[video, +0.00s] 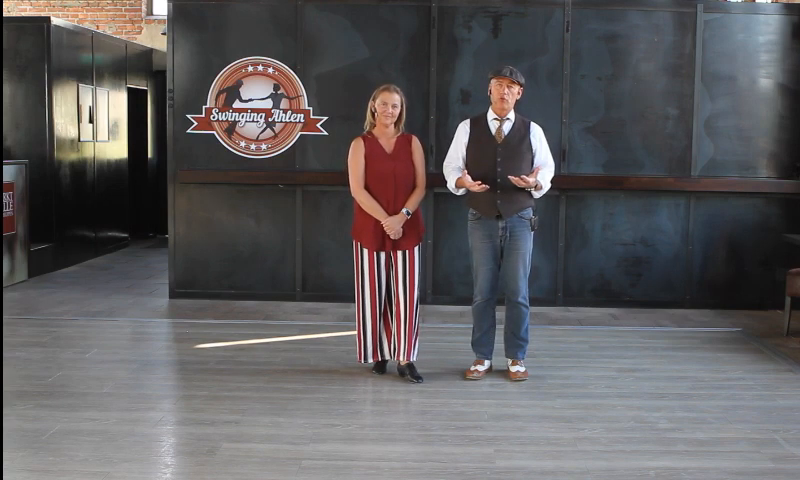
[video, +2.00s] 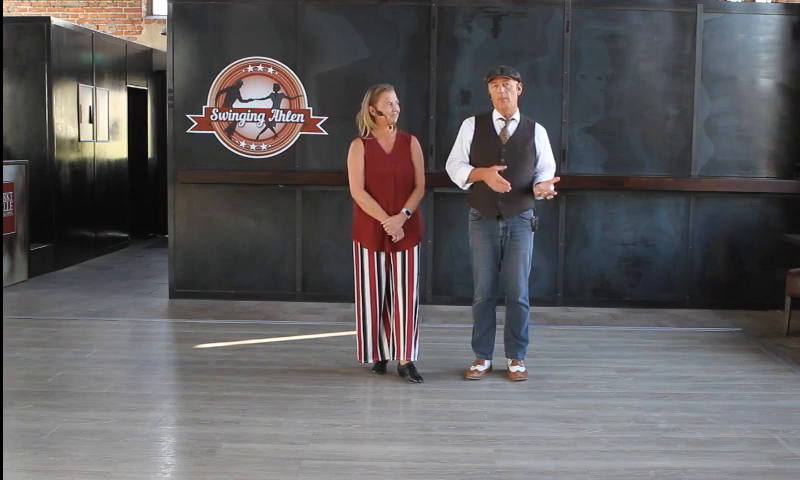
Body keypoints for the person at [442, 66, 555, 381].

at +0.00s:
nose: (506, 92)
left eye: (511, 88)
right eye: (501, 86)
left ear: (519, 94)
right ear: (490, 89)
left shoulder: (532, 131)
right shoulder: (468, 128)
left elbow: (547, 169)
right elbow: (451, 167)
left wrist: (533, 181)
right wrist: (463, 180)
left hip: (519, 220)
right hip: (480, 220)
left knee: (516, 293)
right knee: (483, 292)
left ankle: (516, 359)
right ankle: (482, 358)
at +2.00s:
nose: (501, 92)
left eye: (507, 86)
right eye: (496, 87)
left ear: (518, 90)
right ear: (489, 92)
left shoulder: (536, 131)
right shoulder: (472, 126)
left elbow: (545, 171)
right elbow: (454, 167)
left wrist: (542, 186)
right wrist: (482, 173)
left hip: (521, 219)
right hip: (482, 219)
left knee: (517, 293)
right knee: (484, 292)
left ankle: (516, 359)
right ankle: (482, 358)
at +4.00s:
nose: (503, 91)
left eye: (508, 86)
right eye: (497, 86)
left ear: (518, 91)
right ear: (489, 91)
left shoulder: (534, 131)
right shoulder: (470, 127)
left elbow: (549, 171)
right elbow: (452, 169)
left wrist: (525, 176)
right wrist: (482, 174)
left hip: (521, 221)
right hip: (483, 221)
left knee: (518, 293)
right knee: (484, 292)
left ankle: (516, 359)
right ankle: (482, 358)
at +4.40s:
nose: (502, 90)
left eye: (508, 85)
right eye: (496, 85)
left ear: (517, 90)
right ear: (489, 91)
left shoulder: (534, 130)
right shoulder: (470, 128)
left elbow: (550, 170)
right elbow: (453, 169)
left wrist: (524, 177)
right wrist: (480, 175)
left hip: (522, 220)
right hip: (483, 220)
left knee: (518, 292)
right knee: (484, 292)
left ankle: (516, 359)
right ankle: (482, 358)